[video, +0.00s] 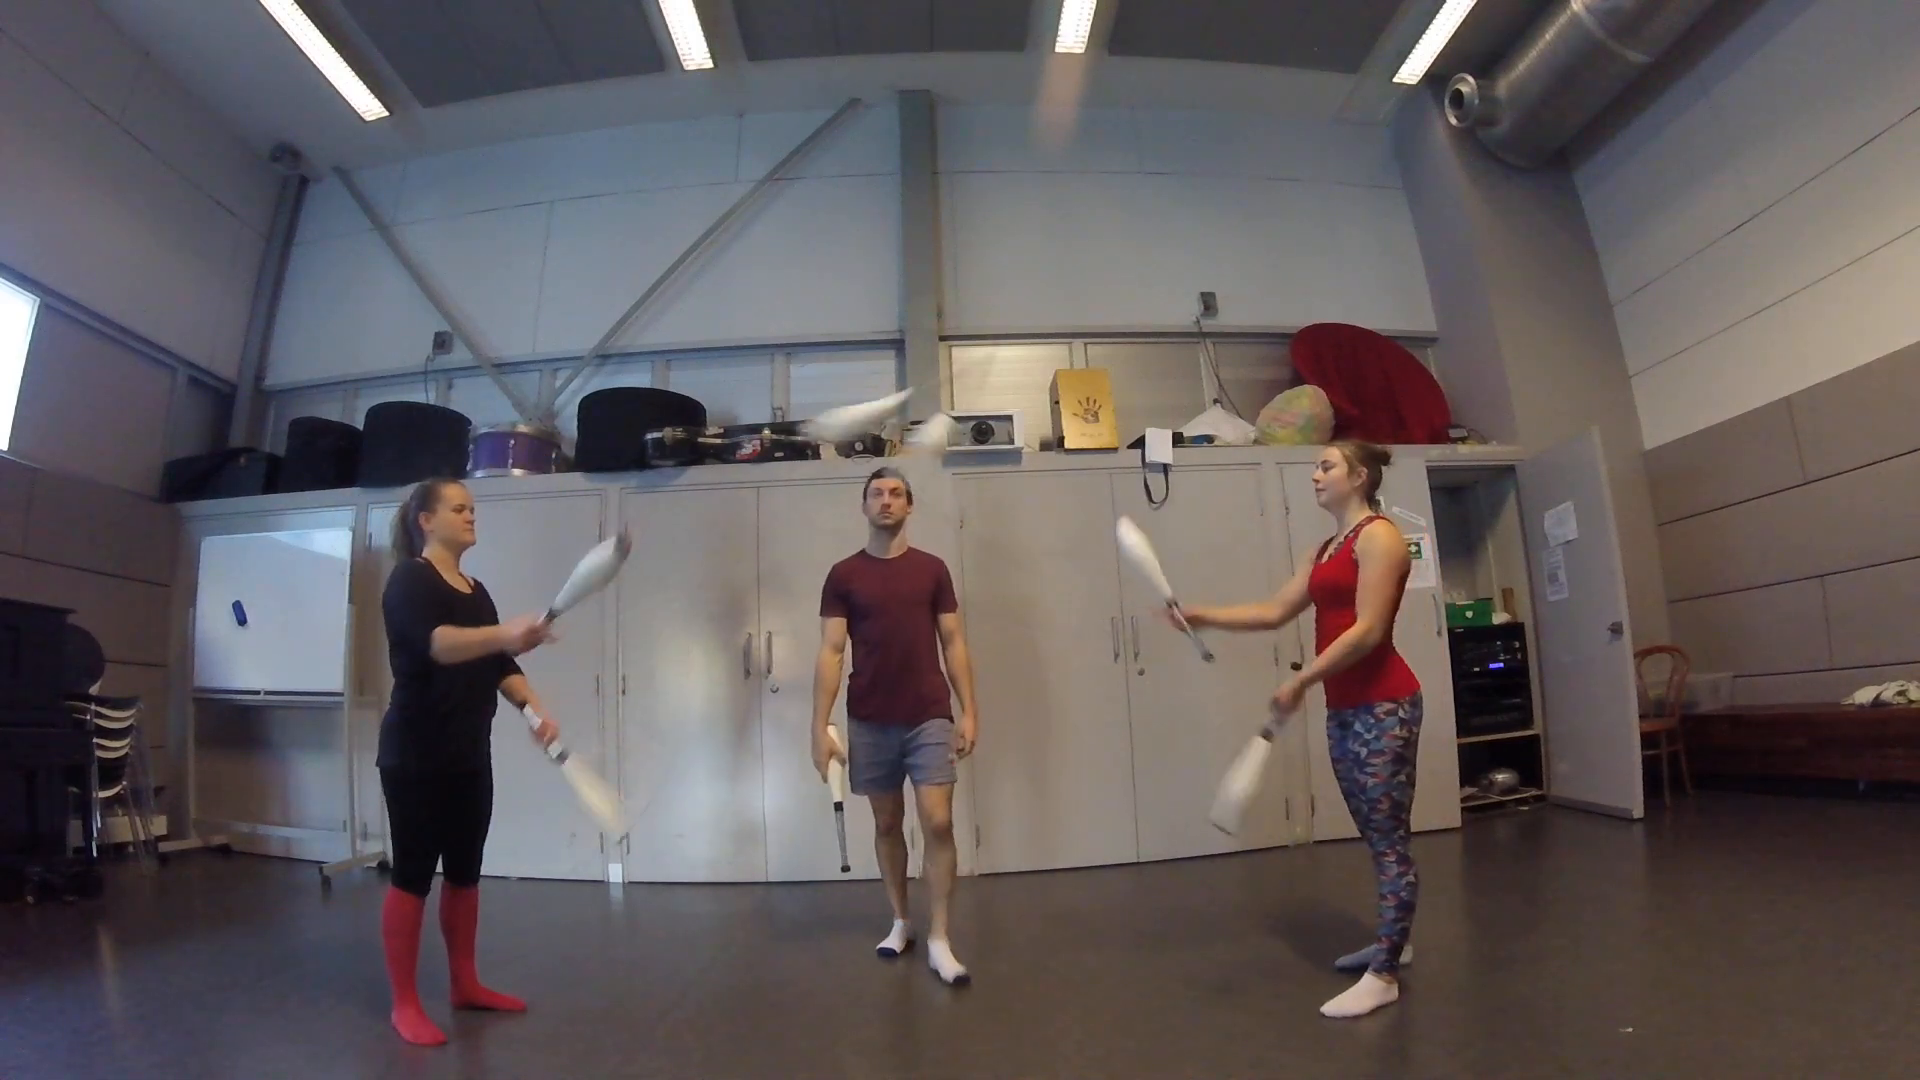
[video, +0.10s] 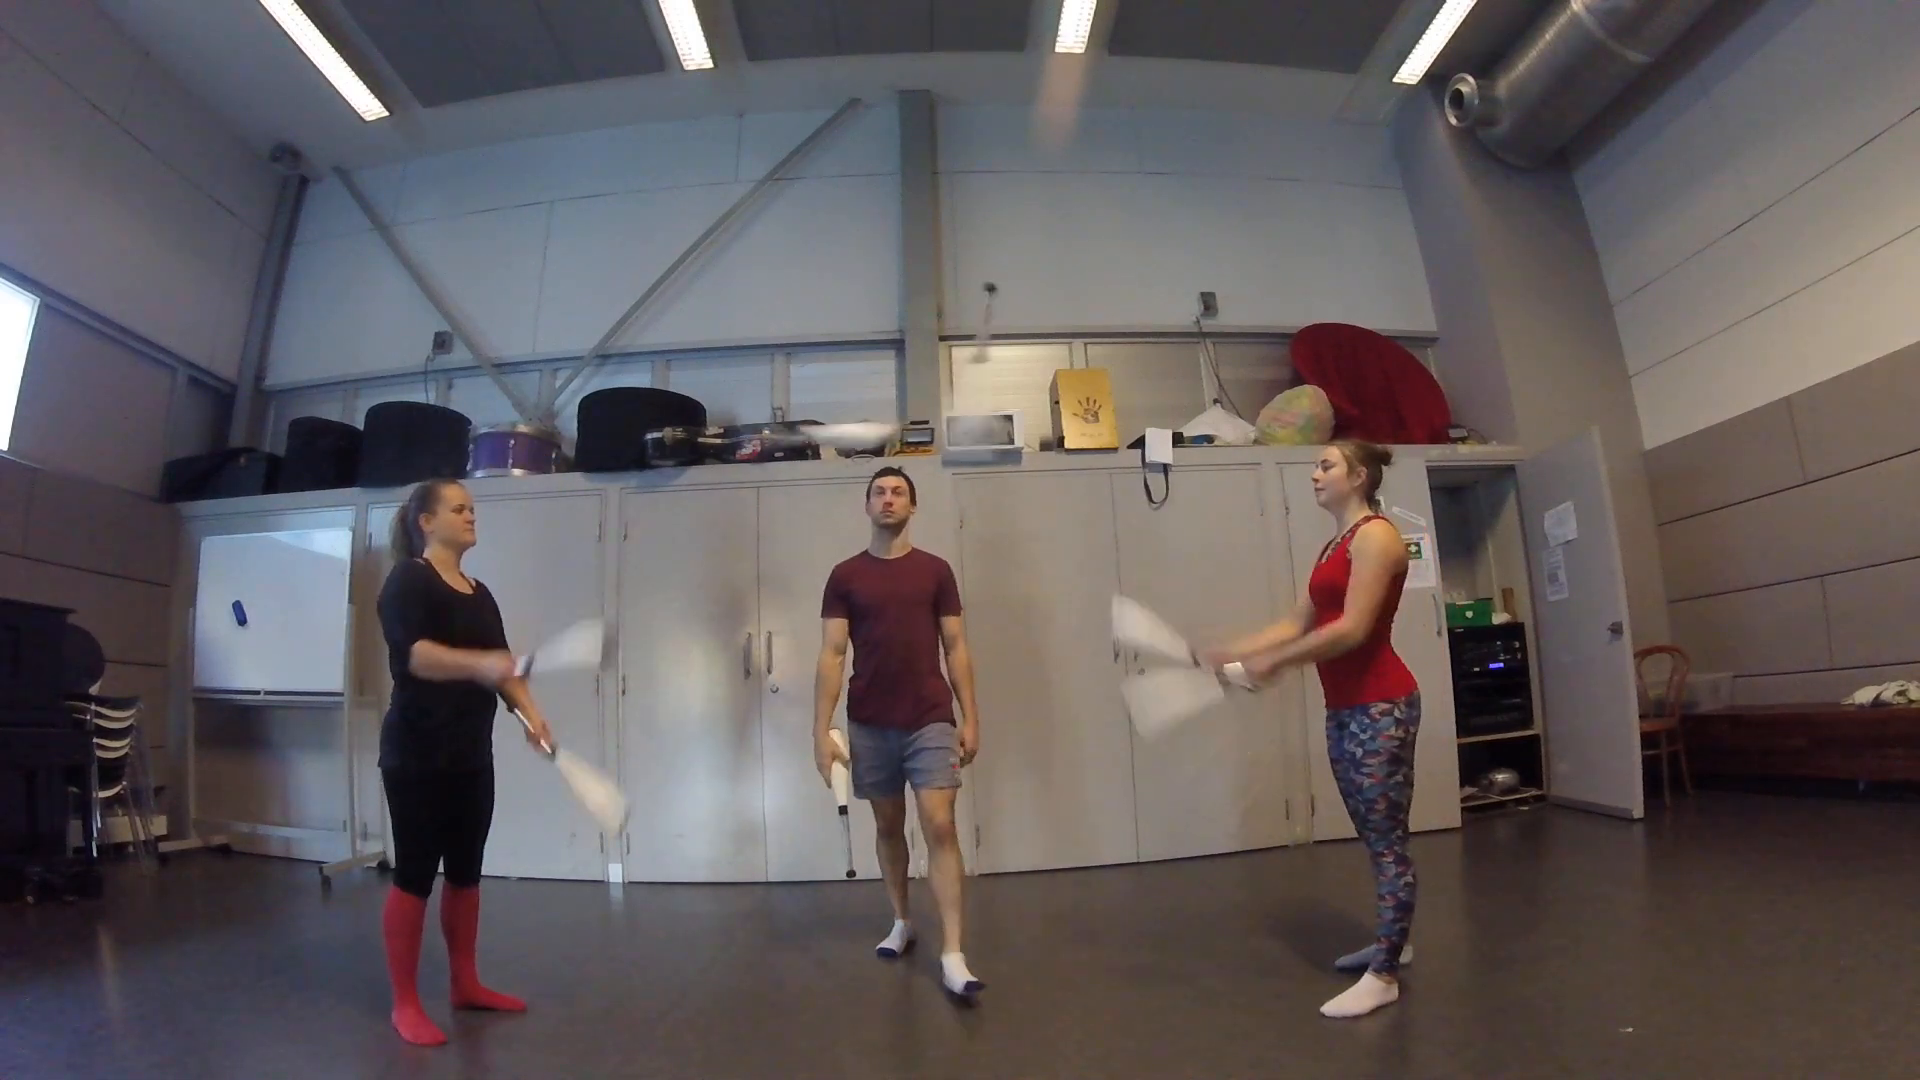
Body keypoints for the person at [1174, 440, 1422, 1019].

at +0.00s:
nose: (1315, 477)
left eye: (1327, 467)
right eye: (1316, 468)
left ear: (1361, 478)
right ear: (1335, 479)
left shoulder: (1380, 536)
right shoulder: (1327, 549)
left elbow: (1371, 629)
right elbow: (1274, 613)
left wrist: (1302, 678)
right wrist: (1199, 616)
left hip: (1383, 706)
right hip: (1347, 708)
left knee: (1388, 838)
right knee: (1377, 834)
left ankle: (1384, 976)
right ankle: (1394, 942)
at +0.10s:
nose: (1315, 476)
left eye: (1327, 467)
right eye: (1316, 467)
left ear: (1361, 476)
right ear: (1345, 479)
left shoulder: (1377, 536)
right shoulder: (1338, 543)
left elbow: (1355, 629)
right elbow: (1299, 624)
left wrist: (1274, 663)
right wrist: (1233, 653)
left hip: (1381, 708)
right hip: (1349, 708)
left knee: (1387, 839)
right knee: (1377, 835)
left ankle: (1384, 975)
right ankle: (1394, 943)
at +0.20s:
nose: (1314, 476)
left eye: (1325, 466)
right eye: (1315, 467)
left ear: (1360, 476)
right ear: (1349, 479)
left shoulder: (1374, 534)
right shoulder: (1341, 542)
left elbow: (1336, 616)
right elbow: (1308, 625)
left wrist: (1250, 613)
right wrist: (1267, 682)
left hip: (1379, 708)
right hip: (1349, 709)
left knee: (1386, 838)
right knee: (1376, 833)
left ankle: (1385, 974)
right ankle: (1392, 943)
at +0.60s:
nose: (1313, 477)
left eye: (1324, 468)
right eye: (1314, 468)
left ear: (1357, 479)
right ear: (1347, 482)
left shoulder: (1371, 535)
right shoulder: (1339, 543)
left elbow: (1357, 619)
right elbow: (1302, 629)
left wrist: (1292, 669)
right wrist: (1250, 612)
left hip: (1375, 706)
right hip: (1348, 707)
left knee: (1383, 837)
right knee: (1377, 834)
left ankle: (1384, 975)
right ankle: (1392, 943)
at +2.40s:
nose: (1334, 480)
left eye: (1345, 472)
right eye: (1335, 472)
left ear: (1377, 483)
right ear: (1365, 485)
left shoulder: (1395, 537)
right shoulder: (1355, 547)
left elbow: (1389, 625)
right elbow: (1308, 612)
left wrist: (1312, 656)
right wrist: (1266, 567)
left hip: (1402, 701)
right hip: (1366, 700)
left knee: (1396, 821)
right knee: (1362, 814)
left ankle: (1417, 952)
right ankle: (1377, 923)